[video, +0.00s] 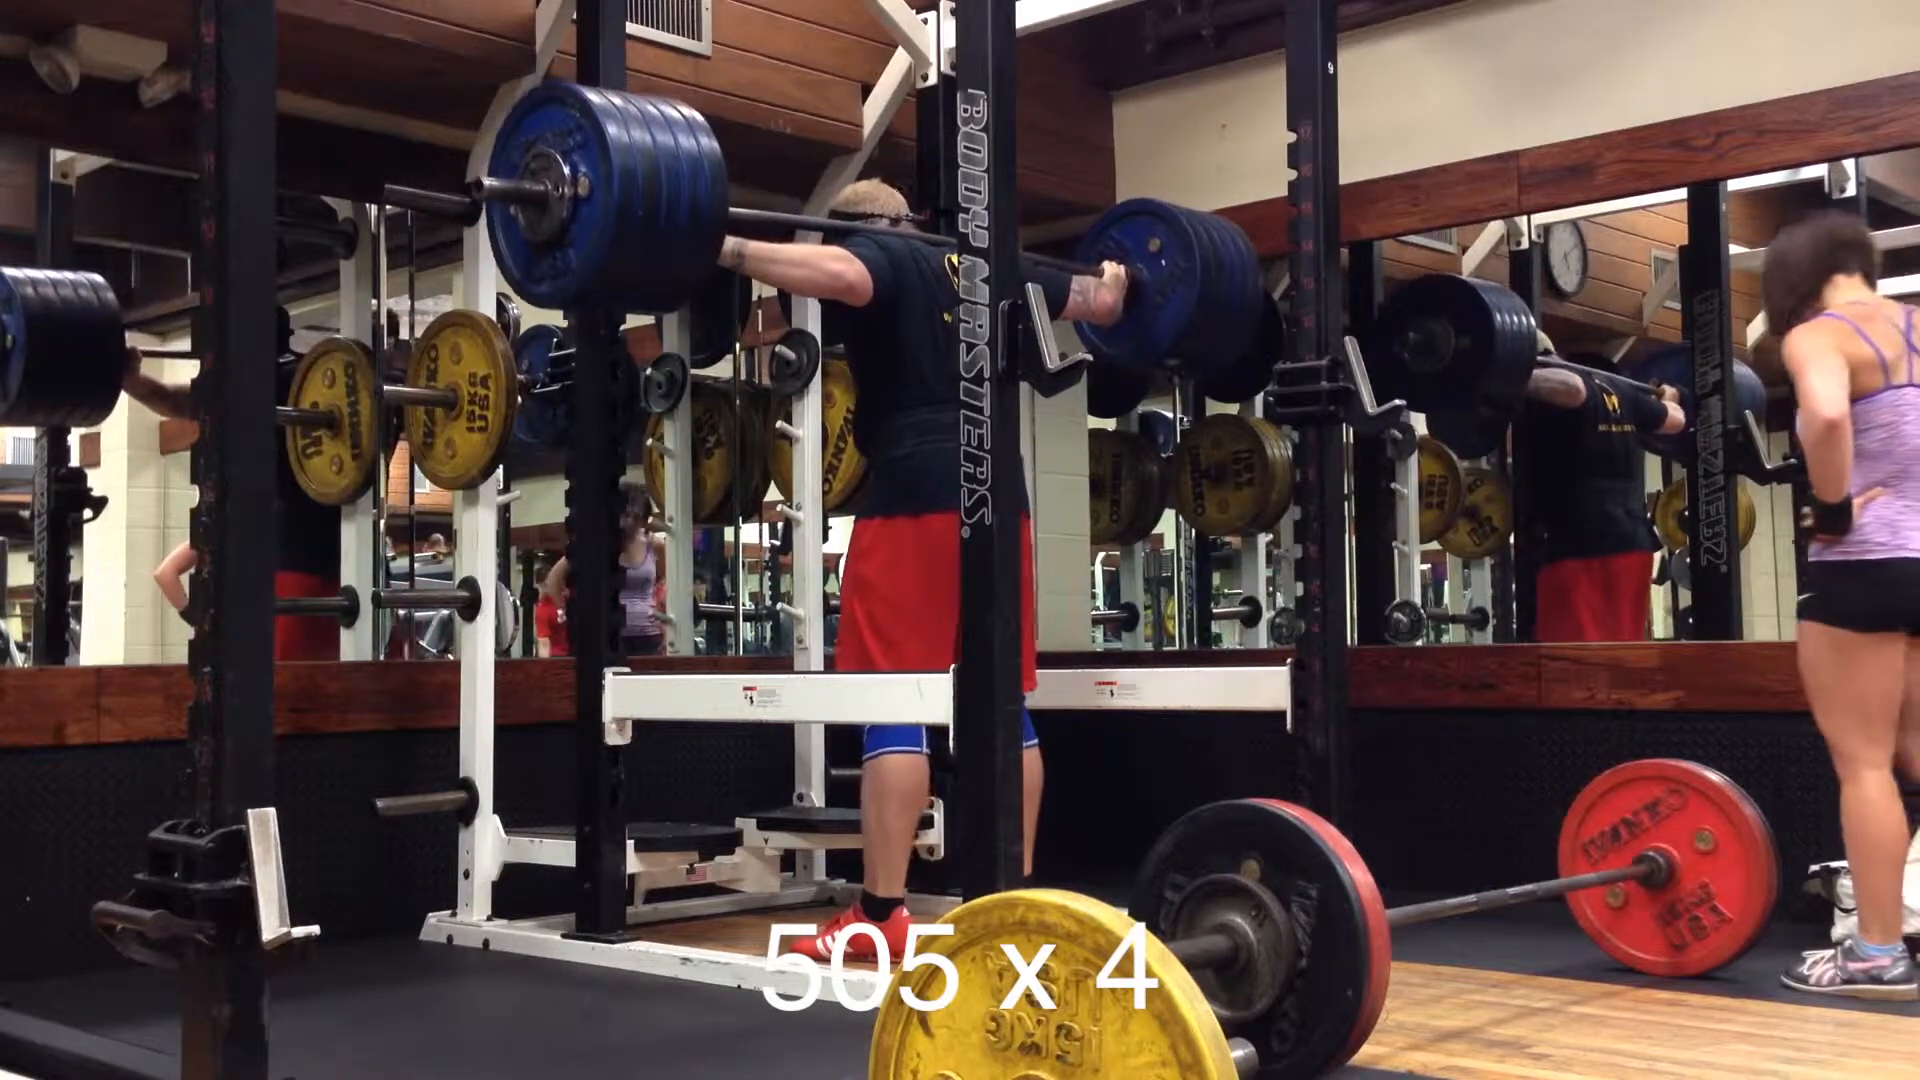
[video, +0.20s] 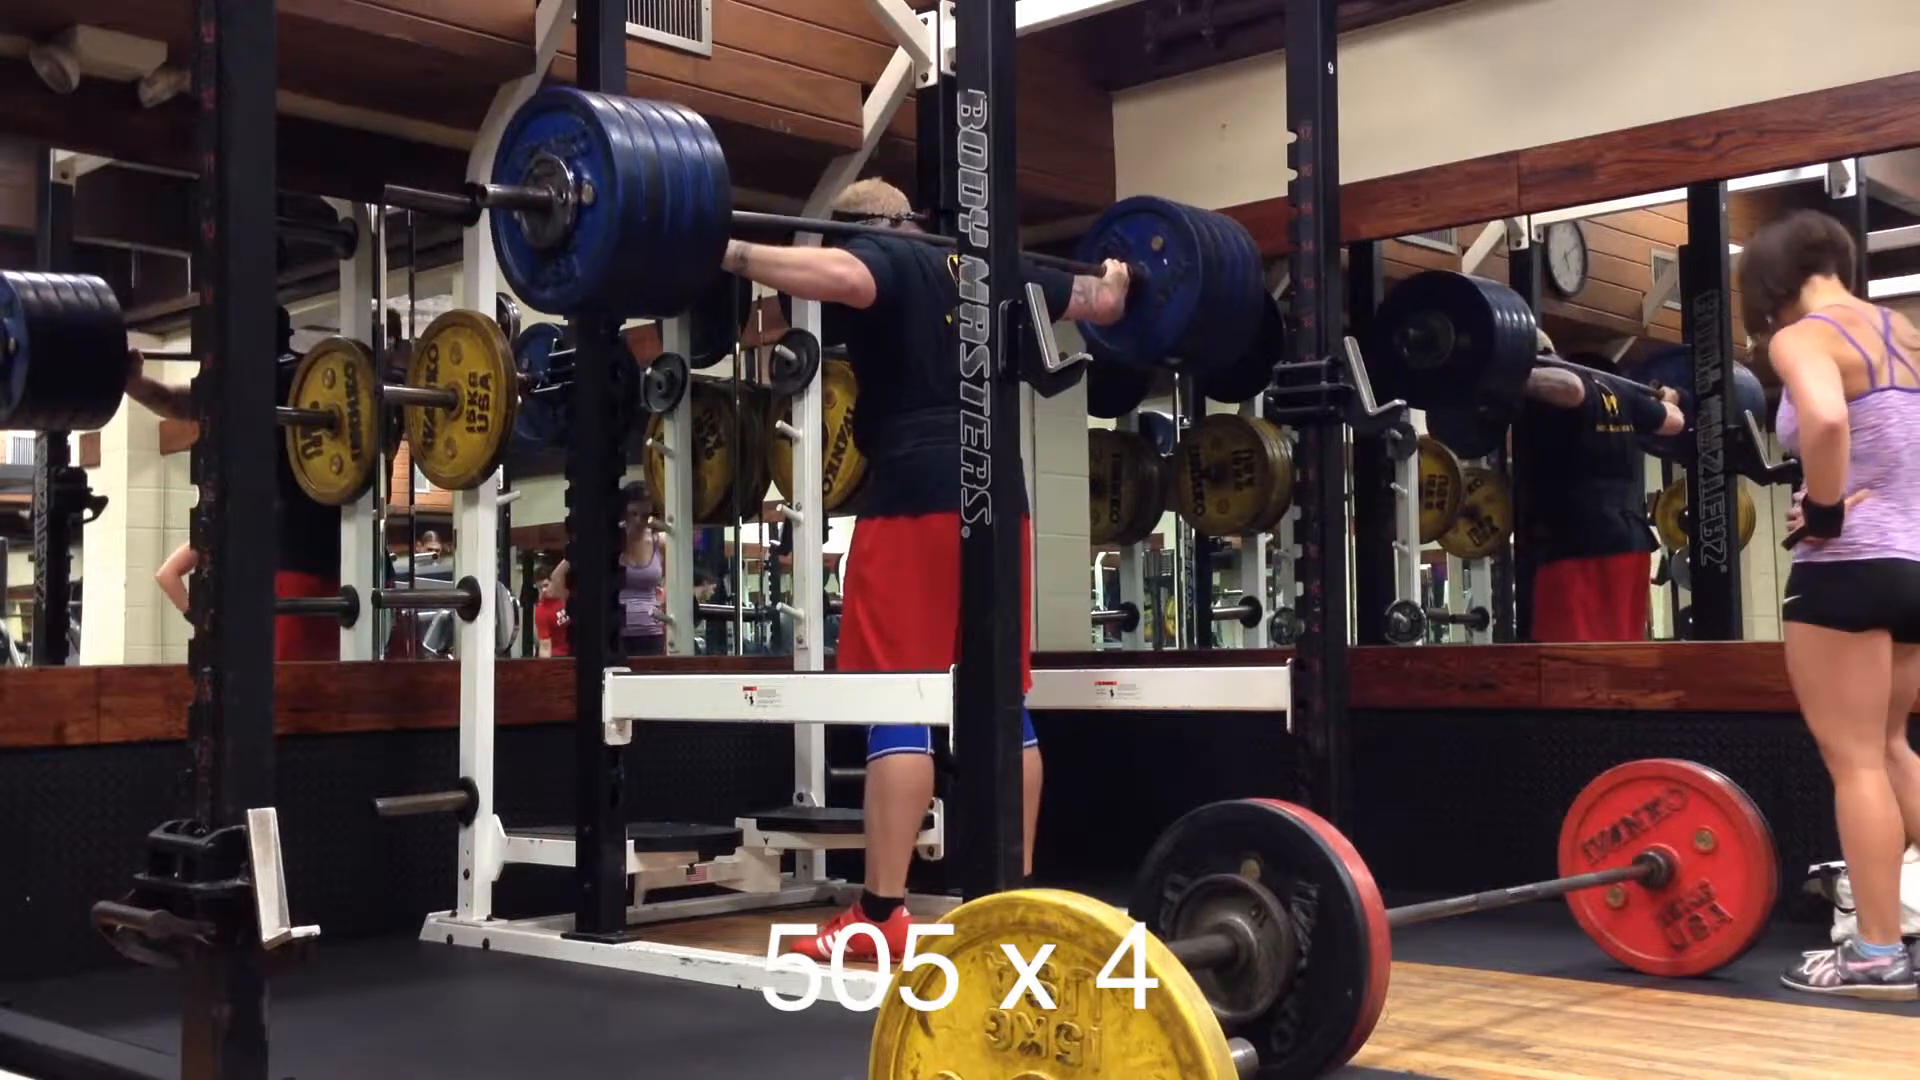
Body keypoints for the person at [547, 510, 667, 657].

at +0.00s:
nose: (628, 522)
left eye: (634, 516)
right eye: (624, 515)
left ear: (645, 519)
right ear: (615, 515)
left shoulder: (654, 545)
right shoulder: (599, 544)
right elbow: (553, 579)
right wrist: (564, 611)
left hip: (647, 629)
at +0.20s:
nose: (639, 521)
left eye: (645, 515)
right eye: (633, 514)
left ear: (652, 515)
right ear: (623, 513)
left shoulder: (659, 544)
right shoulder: (611, 542)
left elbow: (670, 582)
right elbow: (558, 575)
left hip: (651, 629)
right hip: (617, 628)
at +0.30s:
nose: (642, 518)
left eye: (648, 512)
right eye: (636, 511)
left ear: (653, 511)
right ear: (626, 511)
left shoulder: (660, 543)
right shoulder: (612, 540)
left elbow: (670, 579)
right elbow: (558, 574)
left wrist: (666, 593)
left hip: (651, 627)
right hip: (618, 627)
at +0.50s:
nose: (645, 514)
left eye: (650, 507)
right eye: (639, 507)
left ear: (654, 510)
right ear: (626, 508)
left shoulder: (655, 542)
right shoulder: (614, 539)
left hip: (649, 624)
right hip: (620, 624)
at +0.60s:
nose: (646, 510)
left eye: (649, 503)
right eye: (639, 504)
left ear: (653, 505)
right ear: (624, 508)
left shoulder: (652, 543)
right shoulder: (604, 541)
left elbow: (657, 580)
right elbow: (556, 573)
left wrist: (655, 604)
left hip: (647, 629)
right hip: (613, 628)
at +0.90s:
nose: (635, 508)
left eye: (638, 501)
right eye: (630, 501)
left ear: (641, 502)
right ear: (615, 503)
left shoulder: (638, 543)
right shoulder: (588, 538)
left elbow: (639, 583)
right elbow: (547, 570)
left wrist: (639, 608)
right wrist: (563, 607)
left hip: (635, 630)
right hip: (599, 630)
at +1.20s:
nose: (625, 508)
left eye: (627, 502)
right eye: (621, 501)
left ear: (625, 504)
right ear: (604, 503)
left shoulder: (625, 540)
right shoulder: (574, 537)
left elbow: (628, 578)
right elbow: (537, 573)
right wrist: (554, 606)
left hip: (619, 628)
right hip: (583, 629)